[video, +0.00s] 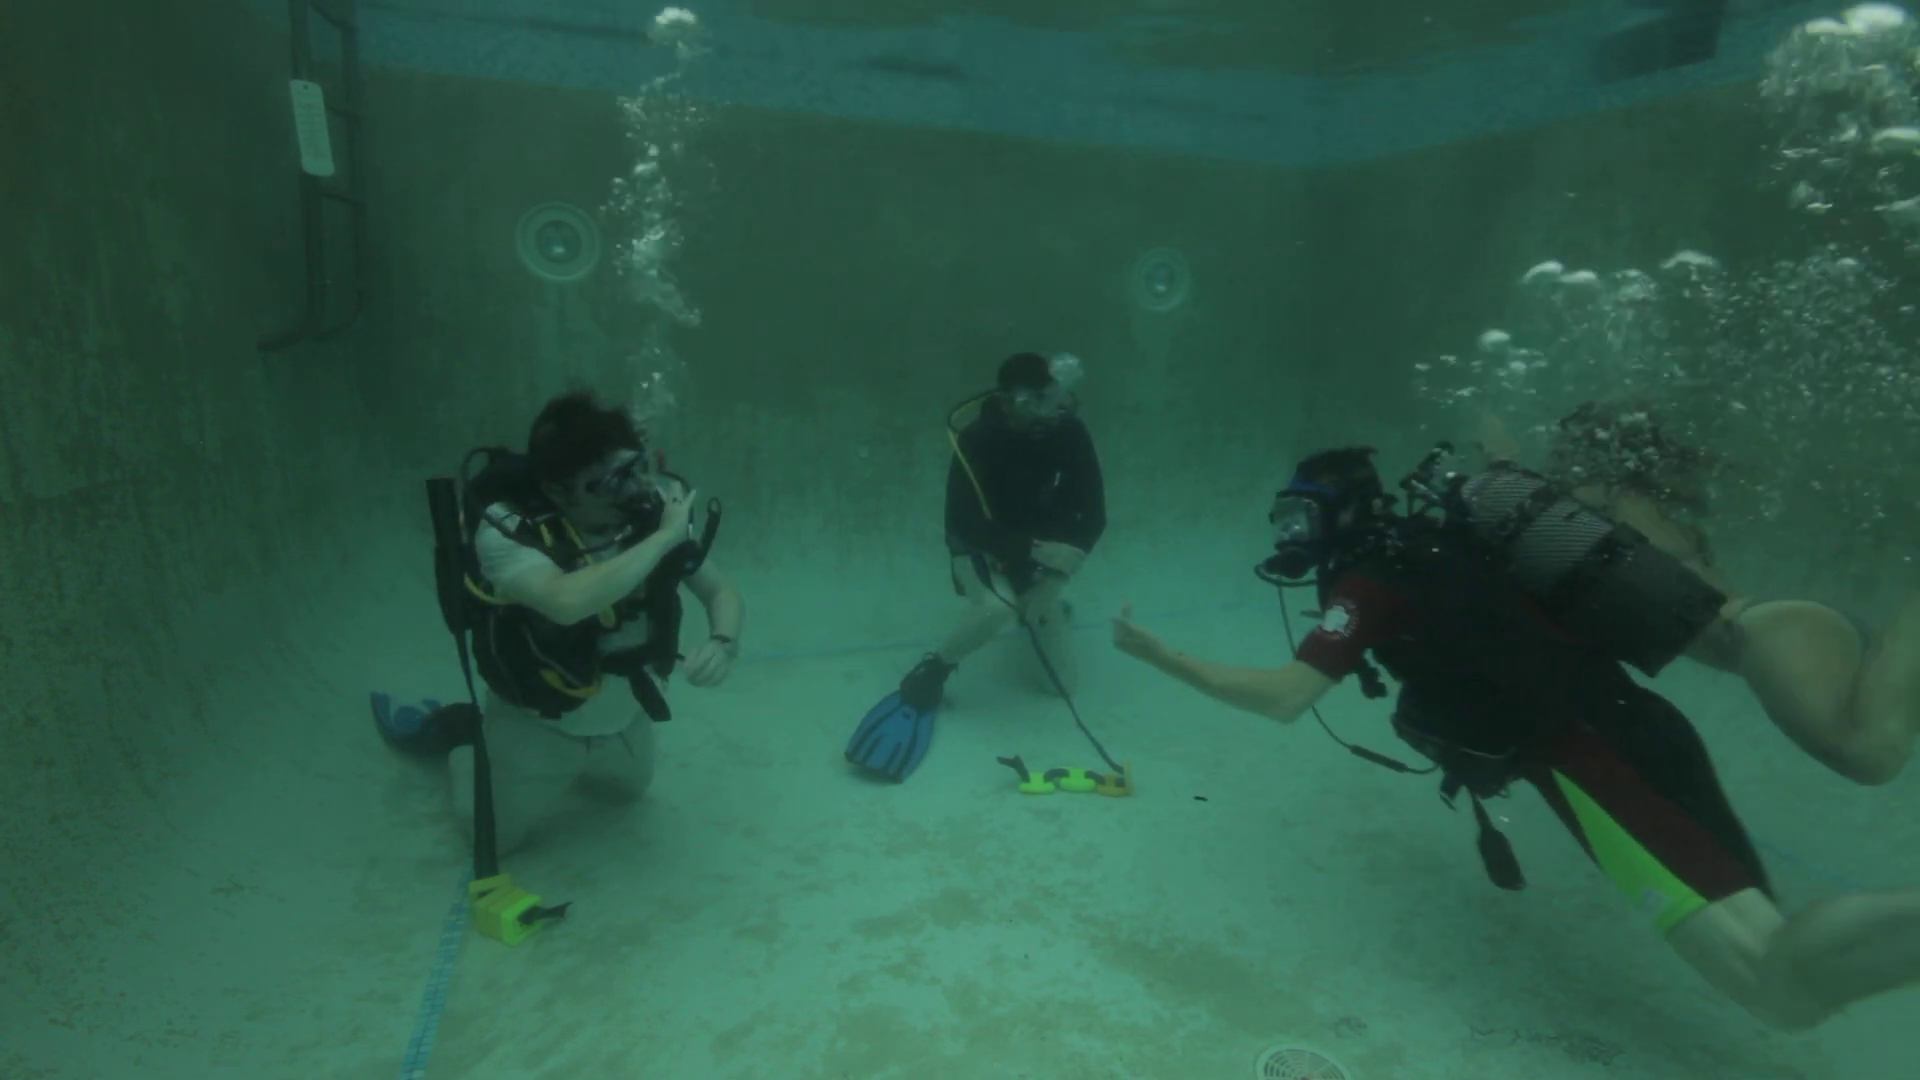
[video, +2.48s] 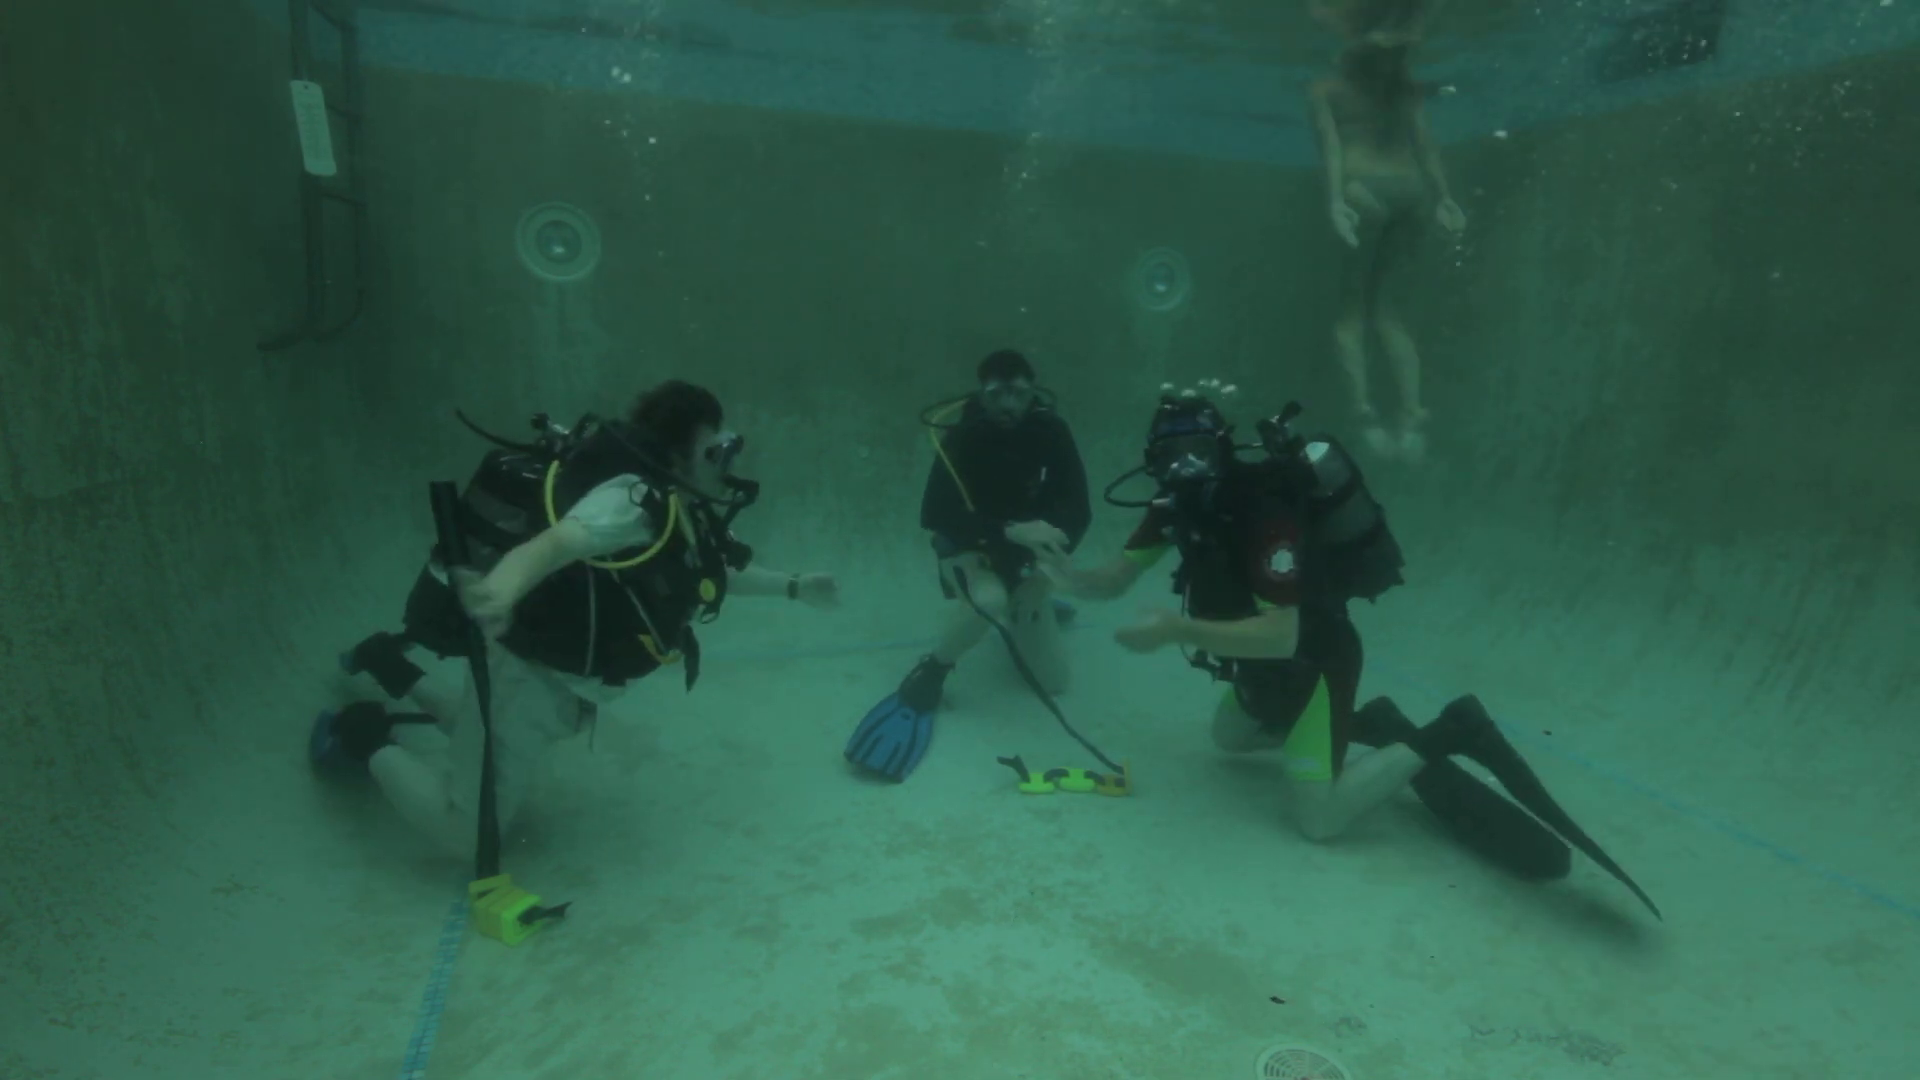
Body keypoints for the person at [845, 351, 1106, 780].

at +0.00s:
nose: (1051, 412)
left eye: (1053, 401)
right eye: (1041, 403)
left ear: (1056, 396)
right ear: (1011, 400)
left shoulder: (1069, 432)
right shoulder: (979, 438)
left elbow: (1092, 514)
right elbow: (972, 524)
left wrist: (1053, 582)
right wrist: (1038, 551)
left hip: (1045, 549)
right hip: (984, 546)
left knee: (1061, 678)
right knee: (998, 607)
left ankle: (1047, 605)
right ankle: (932, 672)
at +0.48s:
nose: (1037, 410)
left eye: (1041, 399)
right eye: (1027, 401)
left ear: (1047, 395)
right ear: (1002, 402)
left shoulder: (1063, 431)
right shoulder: (973, 438)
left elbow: (1087, 513)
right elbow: (968, 524)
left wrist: (1048, 578)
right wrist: (1031, 550)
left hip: (1040, 548)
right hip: (979, 545)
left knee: (1060, 677)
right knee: (992, 608)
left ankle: (1044, 607)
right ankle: (931, 675)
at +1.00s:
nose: (1024, 408)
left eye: (1030, 396)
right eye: (1012, 399)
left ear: (1040, 392)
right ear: (991, 400)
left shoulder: (1057, 431)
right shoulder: (967, 439)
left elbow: (1083, 511)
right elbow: (955, 522)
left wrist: (1047, 573)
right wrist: (1022, 548)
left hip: (1038, 551)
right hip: (978, 546)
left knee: (1061, 680)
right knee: (989, 605)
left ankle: (1041, 606)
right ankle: (927, 679)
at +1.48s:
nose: (1034, 404)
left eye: (1036, 394)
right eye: (1022, 396)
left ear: (1041, 390)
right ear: (994, 399)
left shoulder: (1054, 431)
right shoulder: (966, 439)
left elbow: (1079, 508)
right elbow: (955, 522)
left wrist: (1048, 566)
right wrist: (1024, 543)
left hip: (1032, 554)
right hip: (973, 549)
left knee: (1057, 680)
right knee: (985, 606)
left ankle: (1038, 607)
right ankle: (929, 677)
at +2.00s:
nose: (1018, 408)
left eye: (1025, 396)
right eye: (1007, 398)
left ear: (1037, 393)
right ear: (987, 398)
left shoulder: (1053, 433)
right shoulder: (965, 439)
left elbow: (1079, 509)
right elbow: (951, 520)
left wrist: (1050, 562)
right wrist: (1020, 538)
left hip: (1032, 556)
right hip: (970, 550)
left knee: (1054, 680)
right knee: (991, 601)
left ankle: (1036, 608)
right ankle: (930, 675)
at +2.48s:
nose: (1008, 403)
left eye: (1017, 393)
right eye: (997, 394)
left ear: (1033, 393)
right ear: (981, 395)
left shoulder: (1050, 431)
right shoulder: (963, 435)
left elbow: (1075, 509)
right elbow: (936, 514)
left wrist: (1045, 567)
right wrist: (1007, 529)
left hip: (1029, 552)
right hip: (968, 549)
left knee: (1051, 681)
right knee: (990, 600)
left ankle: (1034, 604)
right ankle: (931, 673)